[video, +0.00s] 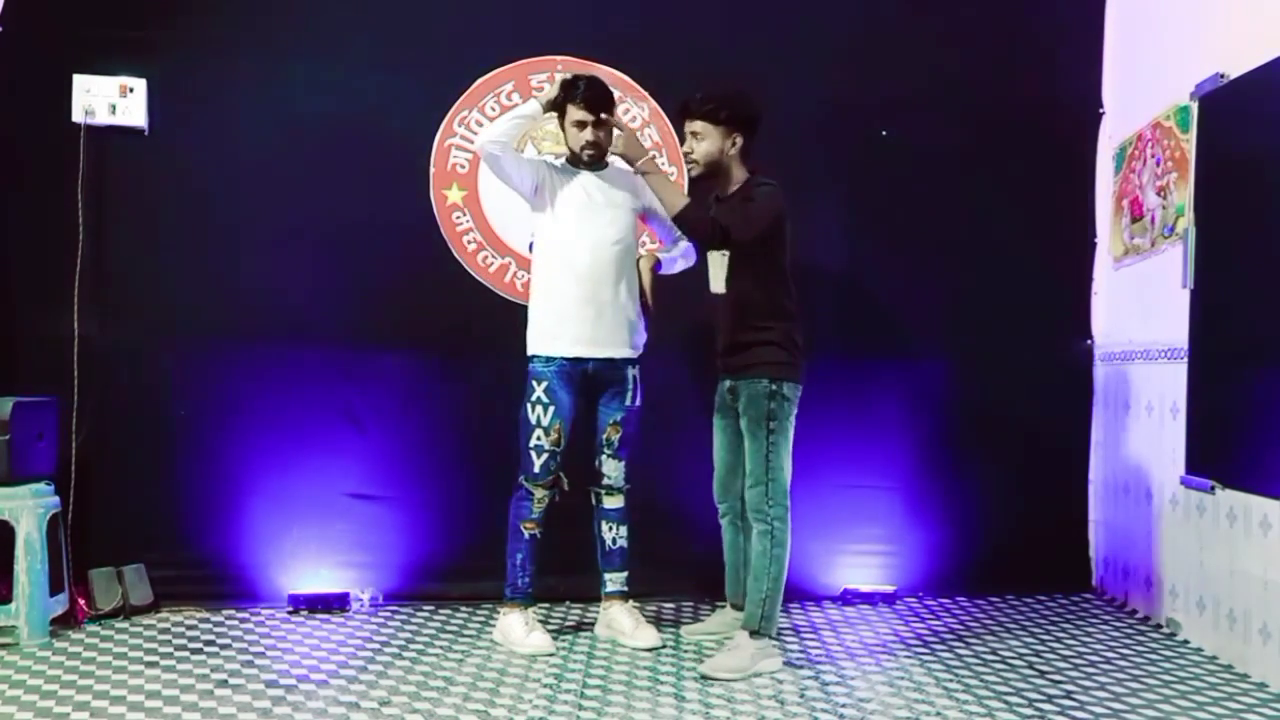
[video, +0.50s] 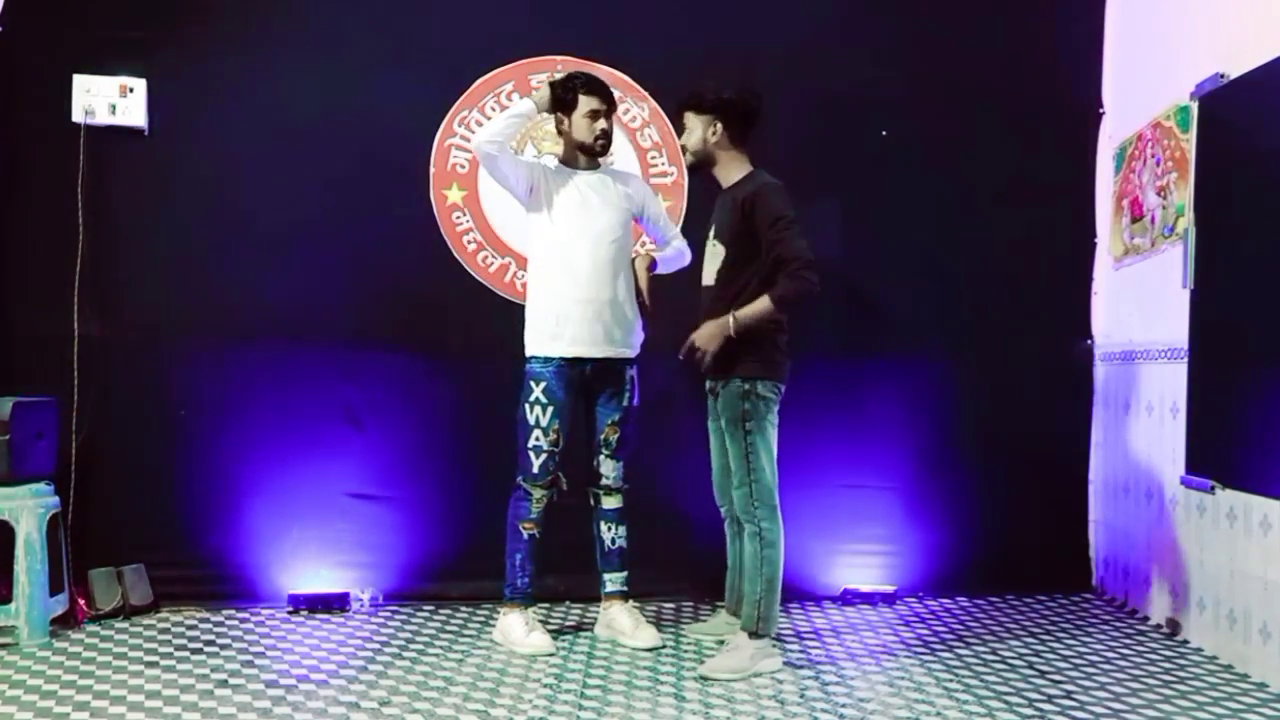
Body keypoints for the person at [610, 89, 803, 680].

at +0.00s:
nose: (688, 148)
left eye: (698, 137)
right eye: (685, 137)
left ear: (734, 140)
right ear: (694, 144)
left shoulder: (764, 196)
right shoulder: (712, 199)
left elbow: (709, 230)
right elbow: (660, 208)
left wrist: (647, 167)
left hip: (769, 371)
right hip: (732, 371)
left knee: (767, 502)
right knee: (731, 499)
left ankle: (762, 637)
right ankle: (739, 612)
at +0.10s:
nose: (680, 144)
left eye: (689, 133)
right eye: (681, 133)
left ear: (722, 137)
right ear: (714, 140)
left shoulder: (765, 196)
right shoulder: (715, 200)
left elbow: (719, 251)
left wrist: (665, 189)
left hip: (768, 371)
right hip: (733, 370)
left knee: (765, 501)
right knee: (728, 496)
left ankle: (763, 638)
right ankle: (738, 612)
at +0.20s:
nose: (680, 140)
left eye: (688, 130)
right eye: (681, 130)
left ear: (718, 135)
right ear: (714, 136)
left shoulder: (764, 194)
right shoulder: (717, 197)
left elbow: (739, 271)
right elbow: (716, 271)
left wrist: (677, 217)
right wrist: (670, 230)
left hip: (766, 369)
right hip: (732, 368)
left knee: (762, 501)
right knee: (728, 497)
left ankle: (761, 637)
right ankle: (737, 616)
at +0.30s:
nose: (680, 139)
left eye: (687, 128)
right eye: (681, 128)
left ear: (716, 133)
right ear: (712, 134)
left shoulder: (762, 192)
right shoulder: (716, 195)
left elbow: (762, 276)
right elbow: (715, 266)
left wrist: (692, 253)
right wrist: (668, 248)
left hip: (763, 370)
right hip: (730, 369)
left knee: (761, 500)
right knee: (728, 496)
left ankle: (762, 638)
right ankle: (738, 613)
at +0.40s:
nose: (680, 137)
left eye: (686, 126)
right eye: (681, 127)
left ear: (715, 131)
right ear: (715, 132)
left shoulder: (763, 195)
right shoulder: (725, 199)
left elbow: (782, 283)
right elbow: (722, 279)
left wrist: (702, 291)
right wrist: (666, 289)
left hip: (757, 372)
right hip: (727, 371)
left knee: (758, 501)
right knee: (729, 500)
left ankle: (761, 638)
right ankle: (739, 614)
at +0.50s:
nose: (681, 141)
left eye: (687, 129)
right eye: (682, 130)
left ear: (715, 130)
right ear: (715, 132)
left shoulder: (763, 194)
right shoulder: (727, 200)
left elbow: (800, 281)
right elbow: (736, 283)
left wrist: (726, 323)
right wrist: (713, 334)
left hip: (751, 373)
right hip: (725, 370)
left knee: (757, 505)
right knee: (732, 502)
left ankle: (761, 639)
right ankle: (740, 618)